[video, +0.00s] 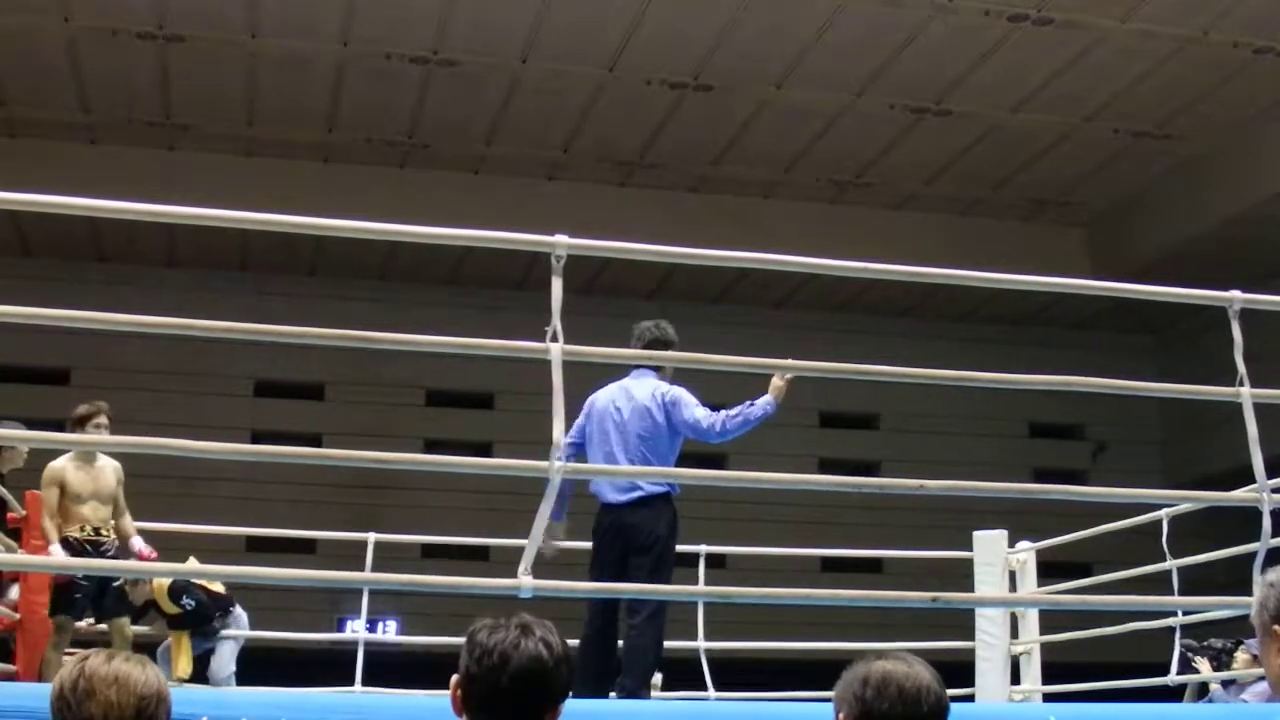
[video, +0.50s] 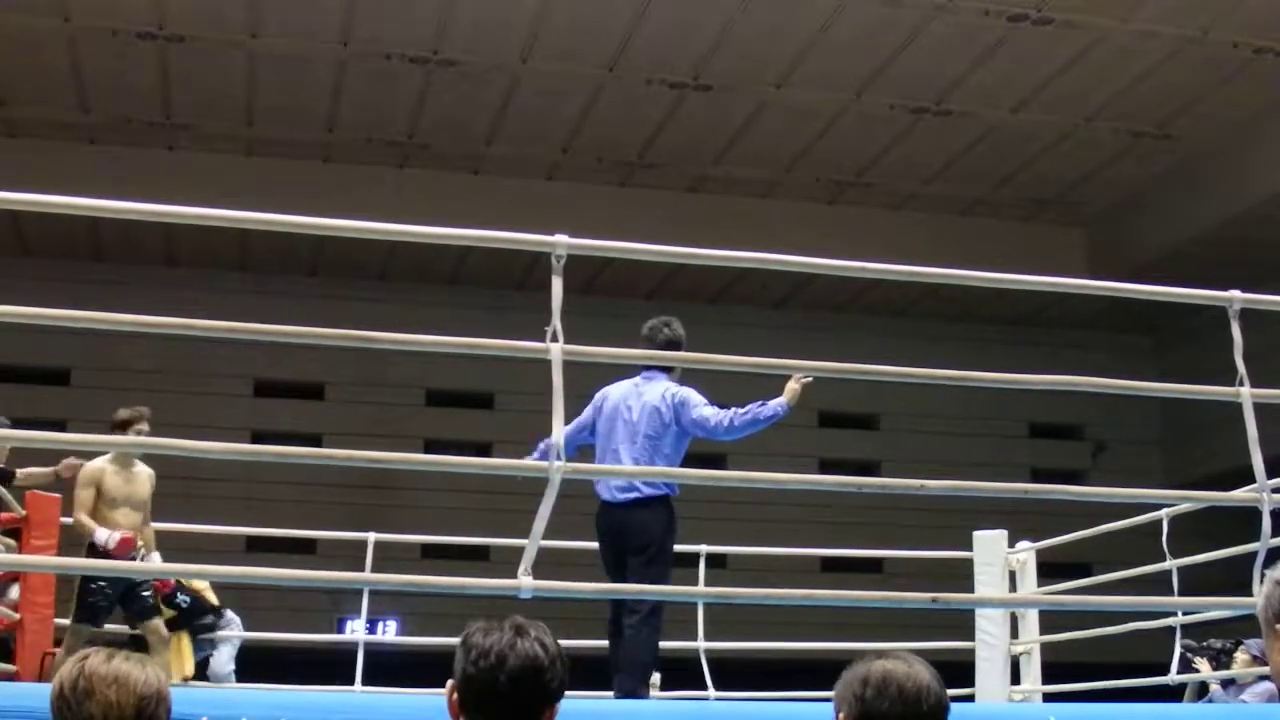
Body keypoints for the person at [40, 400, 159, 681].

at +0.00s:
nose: (103, 433)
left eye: (106, 428)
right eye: (96, 427)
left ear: (110, 432)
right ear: (78, 432)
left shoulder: (114, 468)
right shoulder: (57, 469)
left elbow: (122, 514)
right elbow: (48, 517)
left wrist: (137, 544)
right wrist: (56, 551)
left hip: (109, 550)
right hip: (72, 550)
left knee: (124, 633)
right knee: (62, 633)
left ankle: (122, 703)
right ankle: (47, 702)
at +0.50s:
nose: (144, 439)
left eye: (147, 434)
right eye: (138, 433)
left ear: (148, 437)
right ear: (120, 433)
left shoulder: (147, 474)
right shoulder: (94, 470)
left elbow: (145, 523)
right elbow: (80, 516)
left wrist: (155, 562)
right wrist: (105, 537)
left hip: (136, 567)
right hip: (101, 566)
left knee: (159, 636)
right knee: (77, 637)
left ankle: (160, 707)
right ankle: (54, 704)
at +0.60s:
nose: (167, 441)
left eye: (169, 436)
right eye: (161, 435)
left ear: (169, 439)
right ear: (142, 436)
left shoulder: (166, 479)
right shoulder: (117, 471)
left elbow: (163, 527)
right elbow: (100, 517)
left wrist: (177, 565)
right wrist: (124, 549)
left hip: (153, 564)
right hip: (119, 561)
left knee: (173, 638)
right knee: (92, 635)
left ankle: (159, 709)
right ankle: (62, 696)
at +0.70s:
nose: (190, 441)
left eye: (192, 435)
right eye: (184, 434)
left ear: (191, 440)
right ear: (165, 435)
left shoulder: (184, 478)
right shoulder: (141, 469)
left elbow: (181, 525)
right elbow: (123, 515)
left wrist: (200, 555)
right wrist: (133, 560)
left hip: (174, 565)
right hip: (142, 562)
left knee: (185, 640)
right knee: (113, 635)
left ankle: (178, 711)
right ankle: (74, 690)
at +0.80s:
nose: (211, 436)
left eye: (213, 430)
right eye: (205, 429)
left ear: (211, 434)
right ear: (185, 431)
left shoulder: (203, 473)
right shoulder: (160, 462)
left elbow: (199, 521)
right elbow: (136, 505)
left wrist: (224, 537)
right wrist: (143, 551)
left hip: (186, 556)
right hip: (157, 553)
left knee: (184, 638)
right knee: (140, 630)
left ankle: (178, 707)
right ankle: (98, 675)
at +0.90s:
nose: (228, 434)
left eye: (230, 429)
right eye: (223, 428)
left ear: (227, 431)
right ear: (203, 428)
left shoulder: (220, 470)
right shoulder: (172, 460)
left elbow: (221, 516)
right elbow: (144, 499)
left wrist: (246, 524)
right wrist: (158, 534)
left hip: (198, 553)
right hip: (170, 550)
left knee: (187, 635)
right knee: (164, 627)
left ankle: (174, 702)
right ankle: (130, 683)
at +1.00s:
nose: (239, 437)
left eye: (242, 432)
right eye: (234, 430)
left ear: (241, 434)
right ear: (214, 430)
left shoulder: (236, 473)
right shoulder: (184, 462)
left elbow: (247, 516)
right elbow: (155, 503)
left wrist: (265, 524)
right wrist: (176, 524)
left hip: (212, 552)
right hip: (182, 549)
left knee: (200, 629)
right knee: (187, 624)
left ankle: (179, 694)